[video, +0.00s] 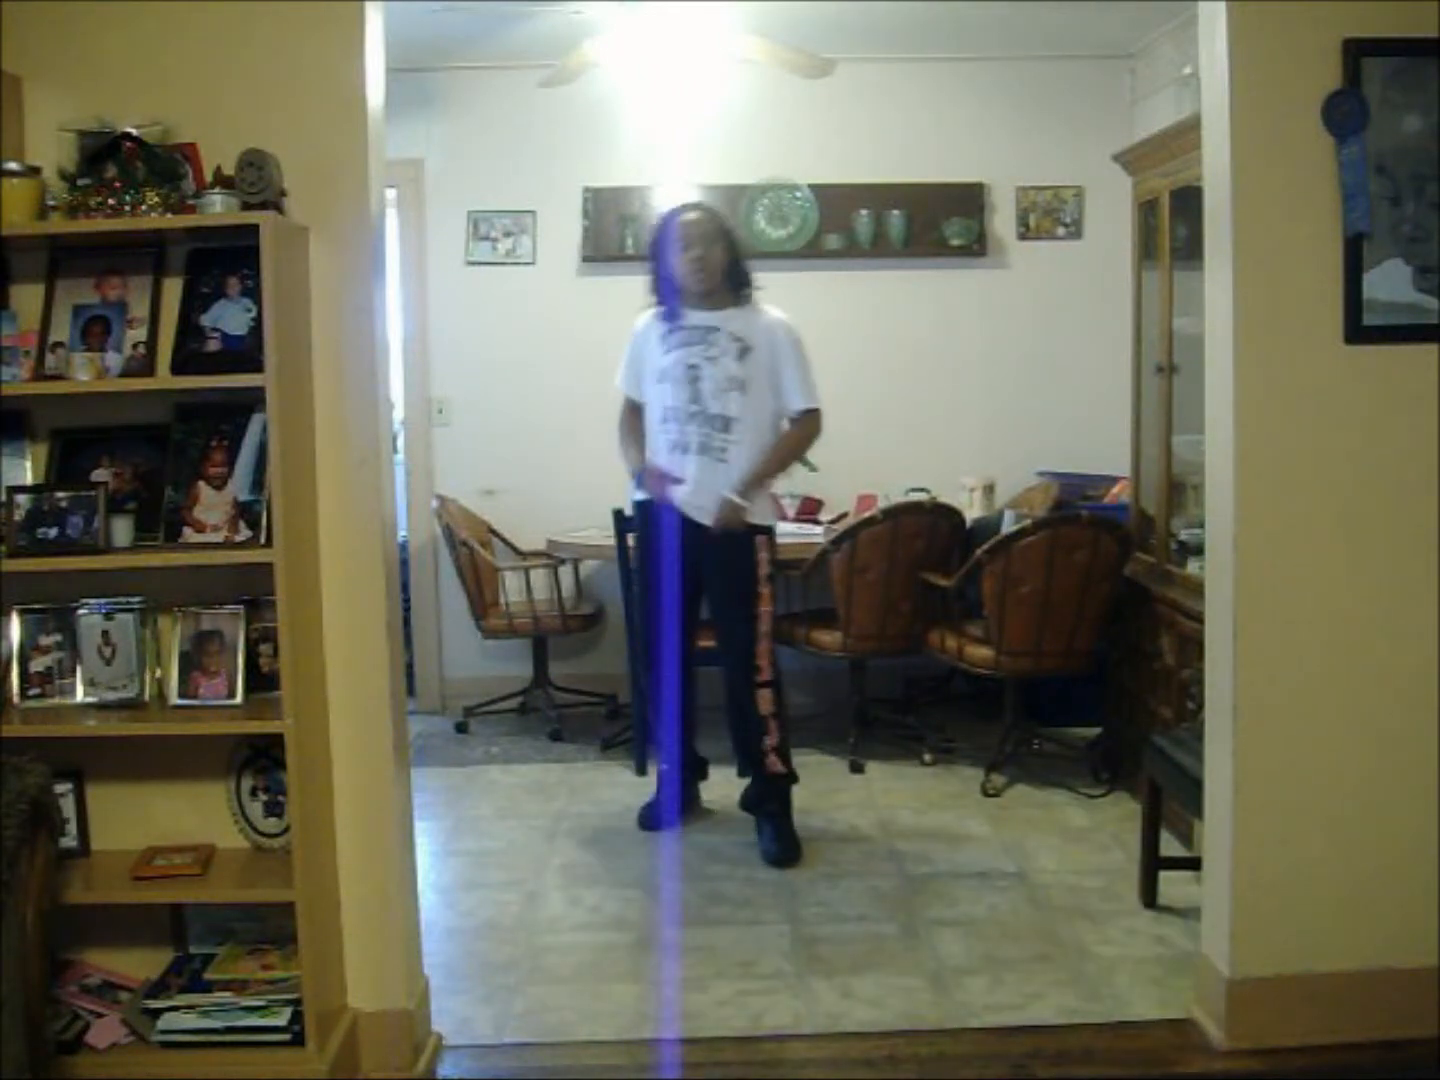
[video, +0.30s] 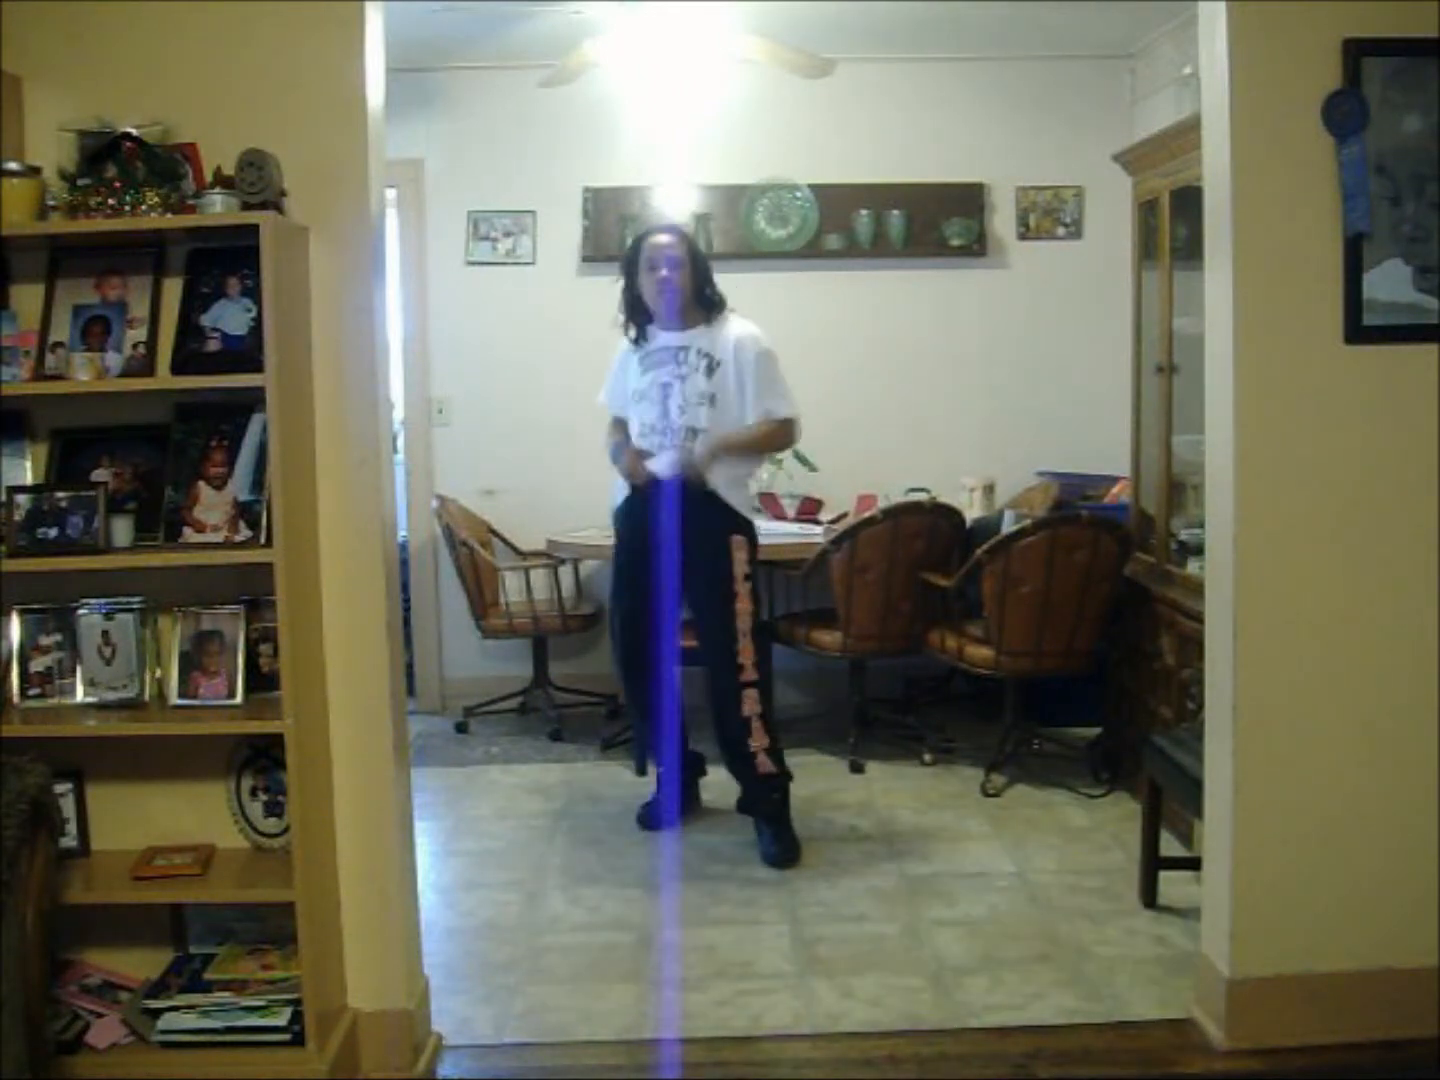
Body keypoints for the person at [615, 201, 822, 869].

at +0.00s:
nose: (698, 257)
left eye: (708, 244)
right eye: (684, 248)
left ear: (730, 252)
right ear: (663, 262)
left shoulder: (769, 329)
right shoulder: (650, 333)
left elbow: (806, 422)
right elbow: (632, 412)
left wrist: (746, 490)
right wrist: (642, 465)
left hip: (739, 518)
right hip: (667, 514)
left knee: (750, 659)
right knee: (664, 655)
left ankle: (772, 801)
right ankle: (676, 782)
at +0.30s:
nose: (665, 275)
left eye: (675, 264)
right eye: (653, 265)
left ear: (696, 272)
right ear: (635, 278)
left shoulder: (739, 340)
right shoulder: (632, 354)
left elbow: (783, 429)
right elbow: (617, 434)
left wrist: (715, 447)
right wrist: (631, 462)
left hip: (716, 510)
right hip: (646, 511)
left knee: (733, 655)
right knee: (640, 651)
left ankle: (770, 804)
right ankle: (675, 778)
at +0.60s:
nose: (669, 272)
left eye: (679, 260)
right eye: (657, 263)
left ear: (701, 267)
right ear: (639, 274)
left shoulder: (741, 335)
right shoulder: (628, 345)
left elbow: (743, 435)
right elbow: (613, 443)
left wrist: (729, 517)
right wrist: (609, 527)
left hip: (719, 524)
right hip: (645, 525)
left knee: (744, 663)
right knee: (653, 664)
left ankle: (770, 804)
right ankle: (675, 783)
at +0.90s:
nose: (694, 257)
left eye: (706, 246)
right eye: (682, 247)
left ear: (729, 257)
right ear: (661, 260)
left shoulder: (767, 331)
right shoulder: (643, 340)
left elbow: (818, 408)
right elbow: (615, 423)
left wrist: (879, 466)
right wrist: (565, 502)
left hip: (734, 522)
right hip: (652, 519)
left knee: (751, 660)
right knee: (660, 659)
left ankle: (777, 799)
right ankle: (674, 782)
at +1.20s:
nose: (740, 266)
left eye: (753, 255)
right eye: (728, 253)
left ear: (772, 268)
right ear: (705, 263)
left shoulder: (799, 343)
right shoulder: (666, 331)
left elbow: (823, 433)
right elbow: (645, 416)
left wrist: (849, 504)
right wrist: (628, 500)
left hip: (757, 524)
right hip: (677, 519)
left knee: (763, 663)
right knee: (676, 660)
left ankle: (779, 803)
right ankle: (678, 784)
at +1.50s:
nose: (758, 260)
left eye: (772, 250)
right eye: (746, 248)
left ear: (790, 262)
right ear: (722, 258)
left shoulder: (813, 342)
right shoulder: (683, 322)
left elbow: (823, 452)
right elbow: (658, 404)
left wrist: (812, 551)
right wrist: (663, 484)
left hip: (770, 525)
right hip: (692, 518)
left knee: (770, 665)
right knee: (683, 659)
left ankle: (781, 805)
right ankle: (681, 782)